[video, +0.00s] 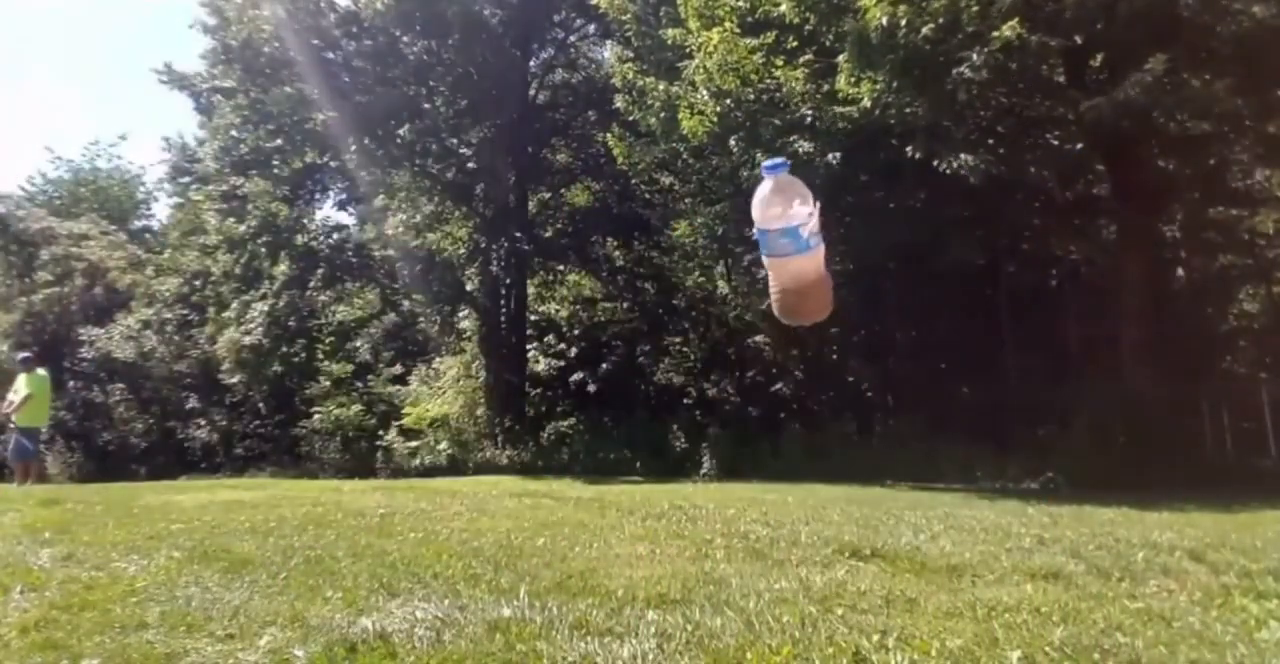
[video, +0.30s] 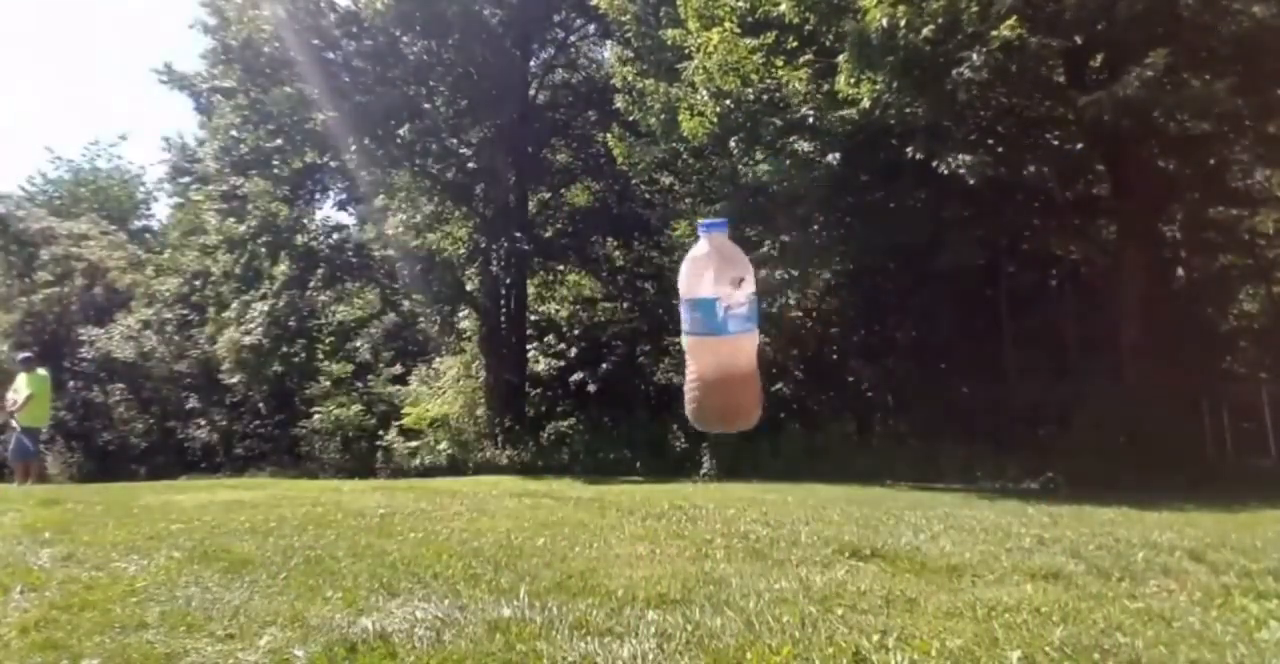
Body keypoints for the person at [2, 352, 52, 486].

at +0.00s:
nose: (21, 367)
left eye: (23, 364)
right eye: (20, 364)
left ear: (28, 363)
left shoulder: (27, 376)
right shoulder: (44, 375)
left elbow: (27, 395)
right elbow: (13, 393)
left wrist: (9, 411)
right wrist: (6, 406)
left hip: (26, 423)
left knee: (16, 455)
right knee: (33, 455)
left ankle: (19, 483)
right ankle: (33, 482)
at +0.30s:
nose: (23, 367)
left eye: (25, 363)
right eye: (22, 364)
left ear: (29, 363)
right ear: (20, 364)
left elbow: (29, 395)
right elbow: (11, 391)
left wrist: (14, 409)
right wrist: (12, 401)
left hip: (30, 422)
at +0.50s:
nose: (25, 368)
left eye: (26, 365)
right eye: (22, 365)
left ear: (32, 363)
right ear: (20, 366)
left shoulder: (40, 375)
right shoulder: (21, 375)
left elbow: (31, 393)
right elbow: (9, 387)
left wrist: (17, 405)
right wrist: (15, 396)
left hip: (34, 422)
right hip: (21, 421)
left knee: (33, 454)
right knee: (15, 453)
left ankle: (33, 481)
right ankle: (19, 480)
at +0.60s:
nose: (24, 369)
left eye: (26, 365)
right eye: (22, 366)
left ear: (31, 364)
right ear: (20, 366)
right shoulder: (21, 375)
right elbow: (9, 386)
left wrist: (13, 390)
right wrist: (8, 388)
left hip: (34, 422)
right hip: (21, 421)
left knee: (32, 454)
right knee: (15, 453)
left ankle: (32, 482)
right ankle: (19, 481)